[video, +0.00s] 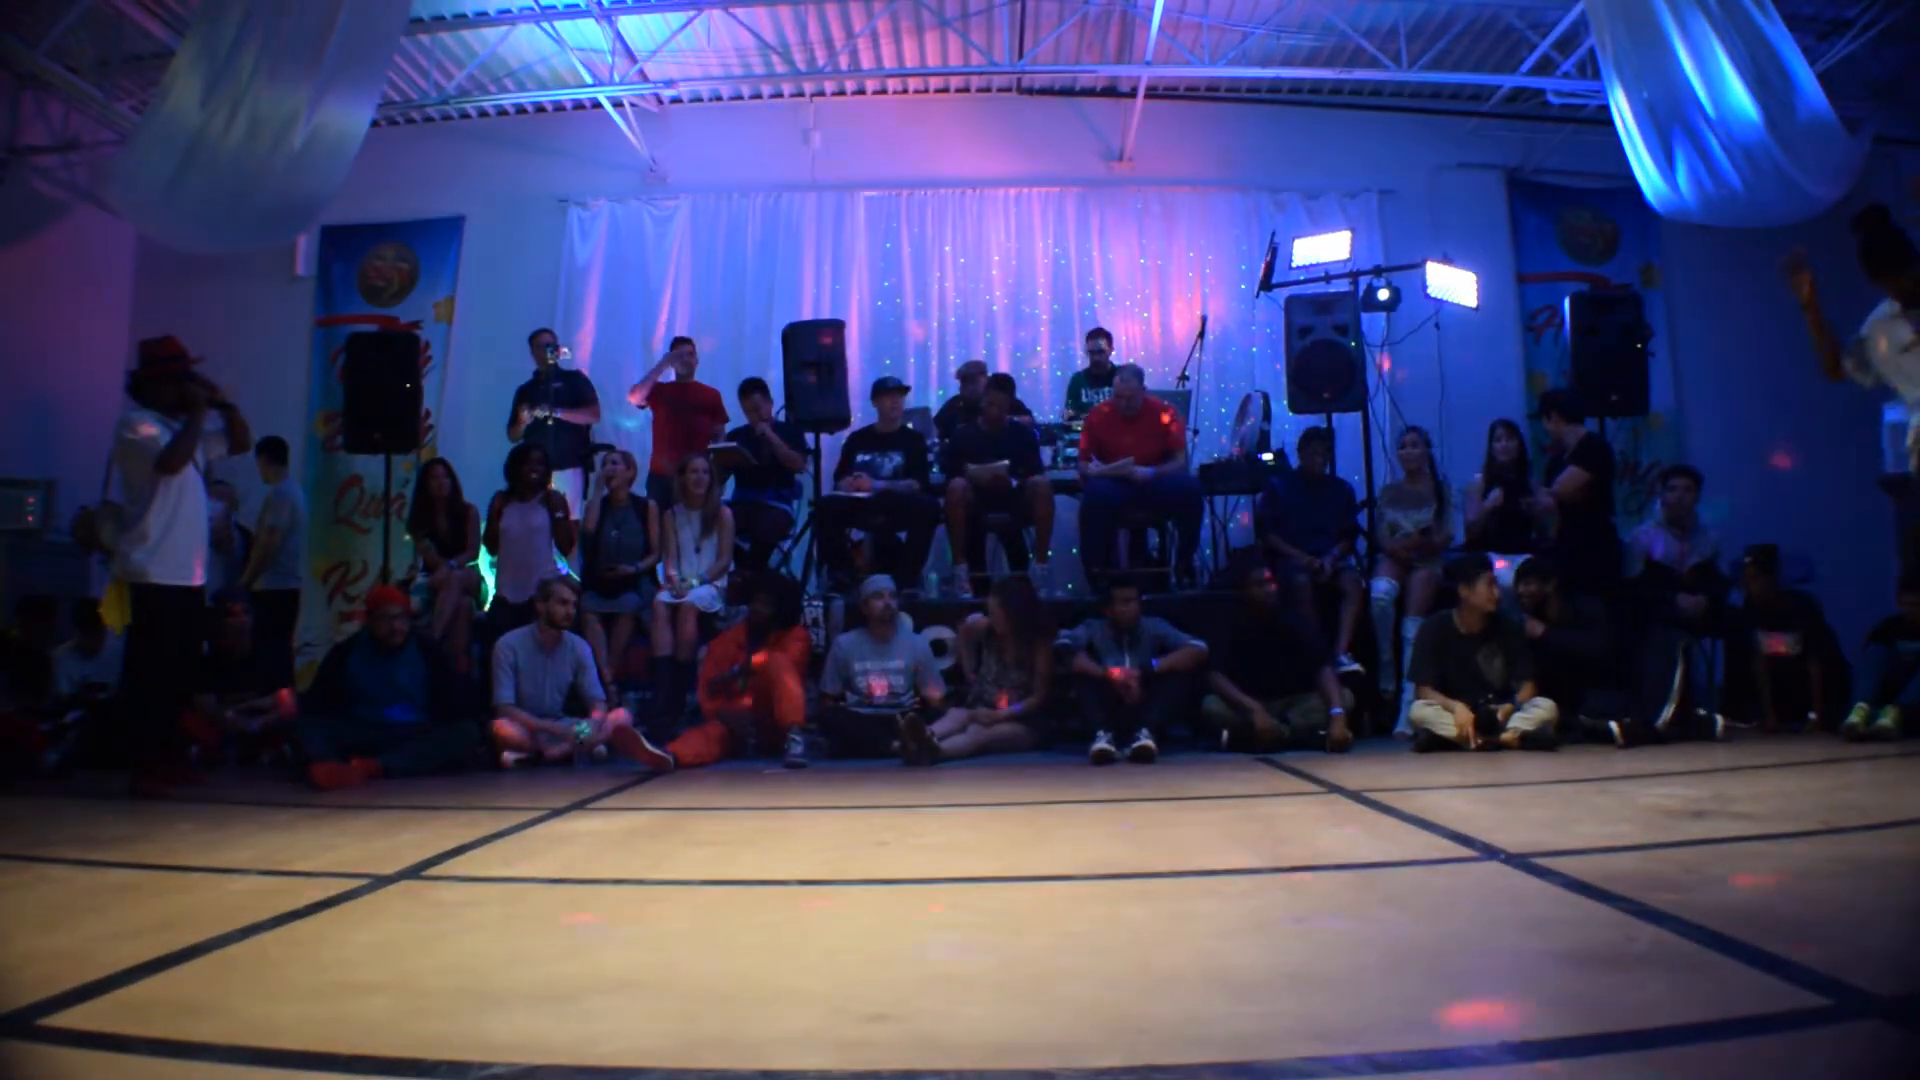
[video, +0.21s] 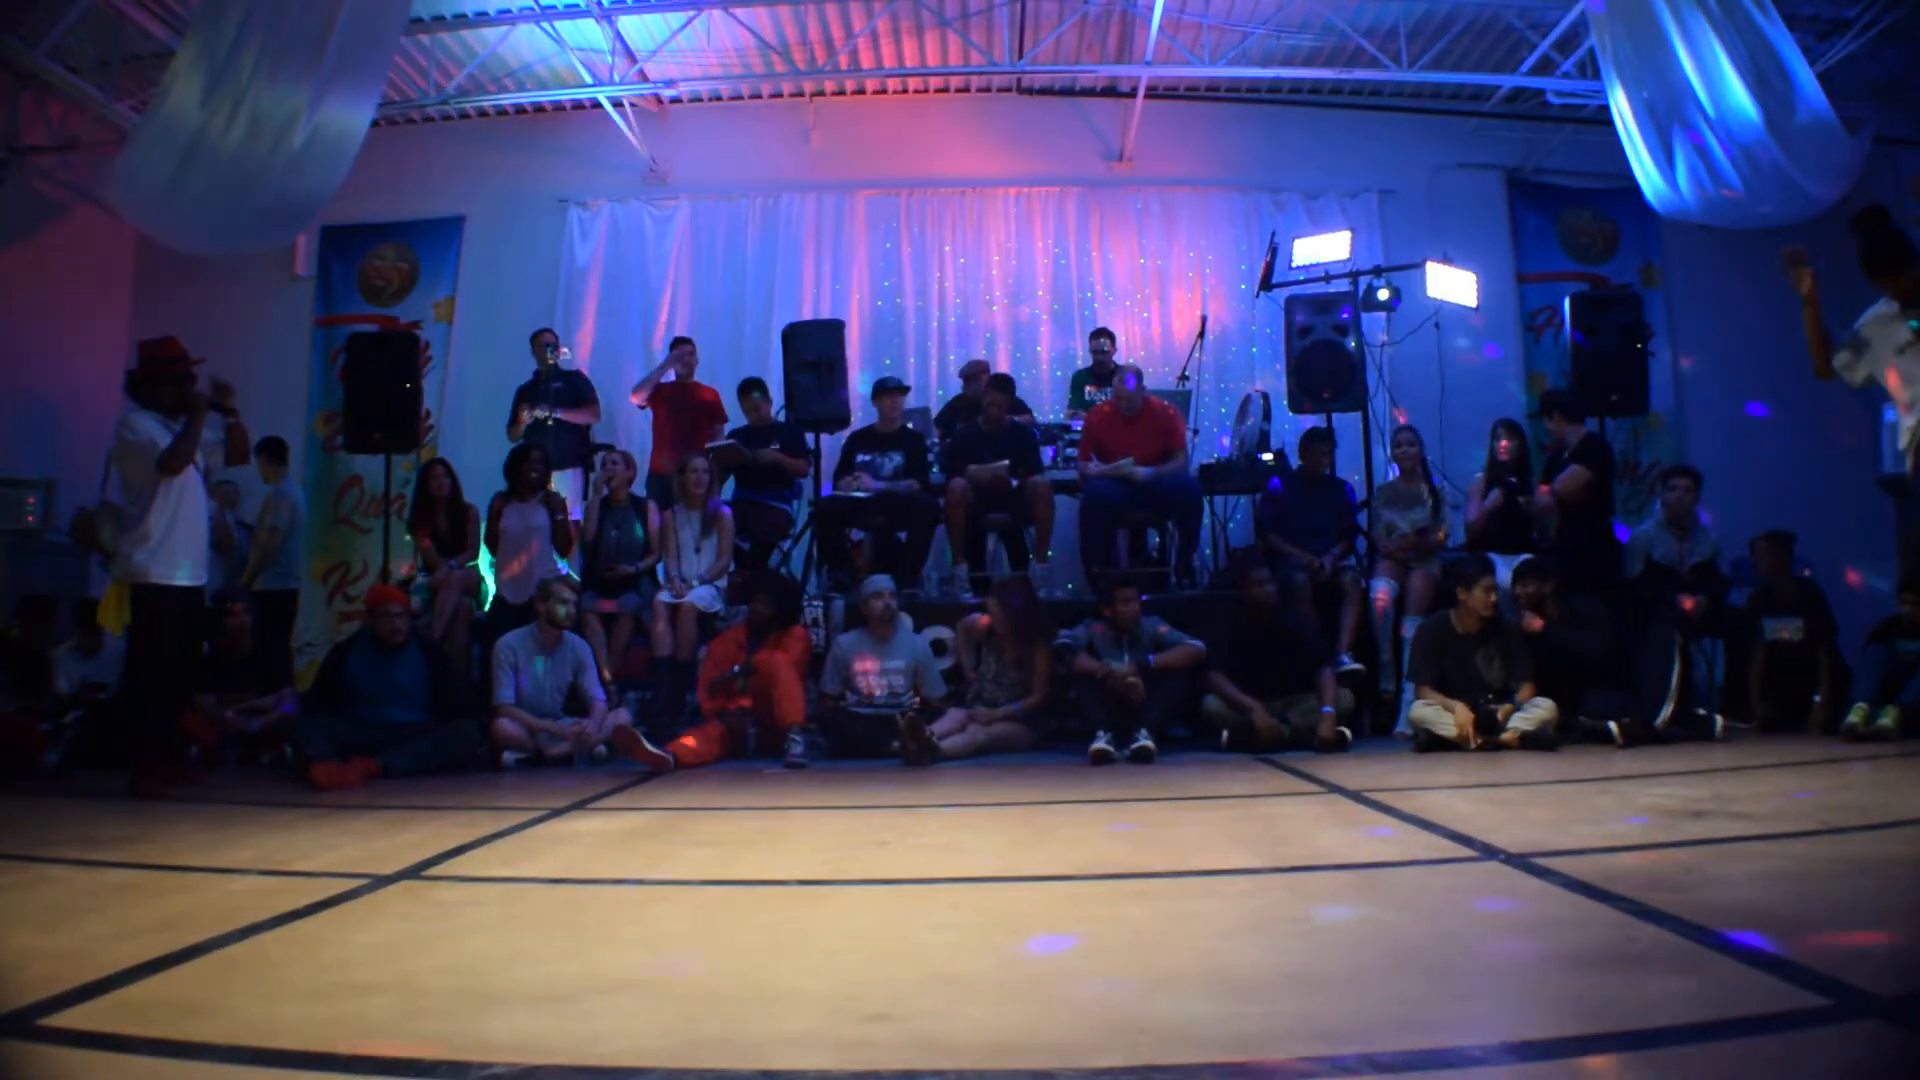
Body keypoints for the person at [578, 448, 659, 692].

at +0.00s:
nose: (609, 468)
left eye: (615, 464)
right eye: (606, 464)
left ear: (630, 472)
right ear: (601, 473)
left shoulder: (646, 506)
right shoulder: (595, 505)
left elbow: (655, 552)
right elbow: (589, 528)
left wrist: (634, 568)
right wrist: (597, 490)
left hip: (631, 577)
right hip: (600, 575)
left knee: (627, 608)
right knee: (588, 610)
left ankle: (609, 672)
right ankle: (605, 678)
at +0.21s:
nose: (609, 468)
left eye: (615, 464)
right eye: (606, 465)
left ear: (630, 472)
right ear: (600, 473)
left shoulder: (646, 506)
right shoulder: (594, 506)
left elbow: (655, 551)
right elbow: (588, 536)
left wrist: (634, 568)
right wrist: (596, 495)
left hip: (631, 576)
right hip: (599, 575)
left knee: (627, 610)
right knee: (588, 611)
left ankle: (609, 673)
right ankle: (605, 676)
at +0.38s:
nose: (608, 469)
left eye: (614, 464)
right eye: (605, 465)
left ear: (629, 472)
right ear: (601, 473)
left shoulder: (646, 507)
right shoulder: (594, 506)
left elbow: (654, 552)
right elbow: (587, 545)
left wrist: (634, 568)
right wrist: (595, 503)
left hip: (631, 577)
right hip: (599, 575)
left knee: (627, 610)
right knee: (589, 613)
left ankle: (607, 676)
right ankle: (606, 682)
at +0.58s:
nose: (613, 470)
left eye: (619, 465)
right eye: (608, 465)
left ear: (629, 472)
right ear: (600, 473)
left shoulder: (645, 508)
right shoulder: (593, 508)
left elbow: (654, 553)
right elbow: (587, 545)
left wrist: (633, 568)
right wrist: (598, 508)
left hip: (631, 576)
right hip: (600, 575)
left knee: (627, 611)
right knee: (588, 613)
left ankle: (607, 677)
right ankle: (607, 682)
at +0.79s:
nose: (620, 471)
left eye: (624, 466)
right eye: (613, 466)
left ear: (630, 472)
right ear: (602, 474)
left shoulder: (645, 508)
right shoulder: (592, 508)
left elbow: (653, 552)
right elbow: (587, 546)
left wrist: (634, 568)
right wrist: (601, 514)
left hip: (630, 575)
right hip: (600, 574)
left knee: (627, 610)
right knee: (589, 613)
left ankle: (608, 676)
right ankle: (607, 681)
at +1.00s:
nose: (620, 471)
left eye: (625, 466)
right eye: (614, 466)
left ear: (630, 472)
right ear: (602, 473)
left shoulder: (646, 508)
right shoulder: (592, 510)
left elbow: (654, 553)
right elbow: (587, 549)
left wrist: (634, 568)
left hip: (630, 576)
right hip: (600, 574)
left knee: (626, 612)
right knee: (589, 612)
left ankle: (607, 677)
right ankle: (607, 681)